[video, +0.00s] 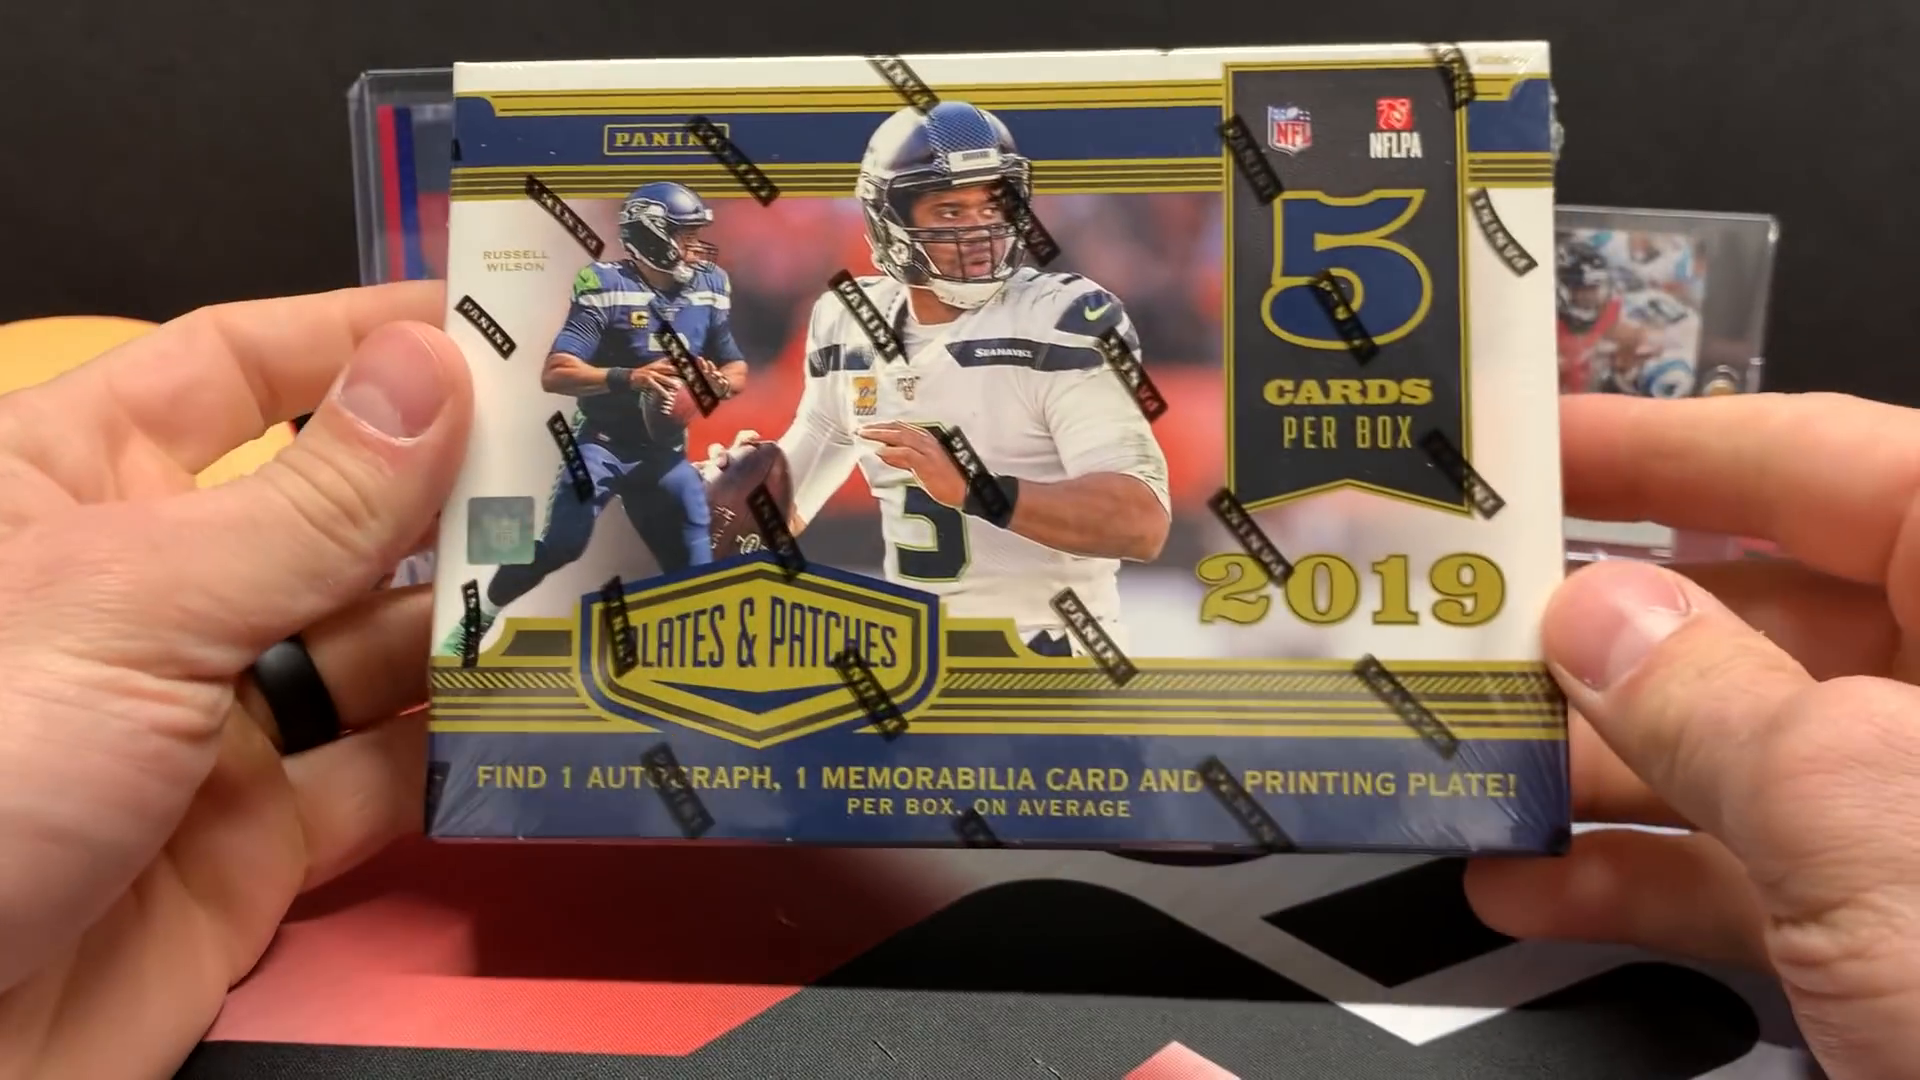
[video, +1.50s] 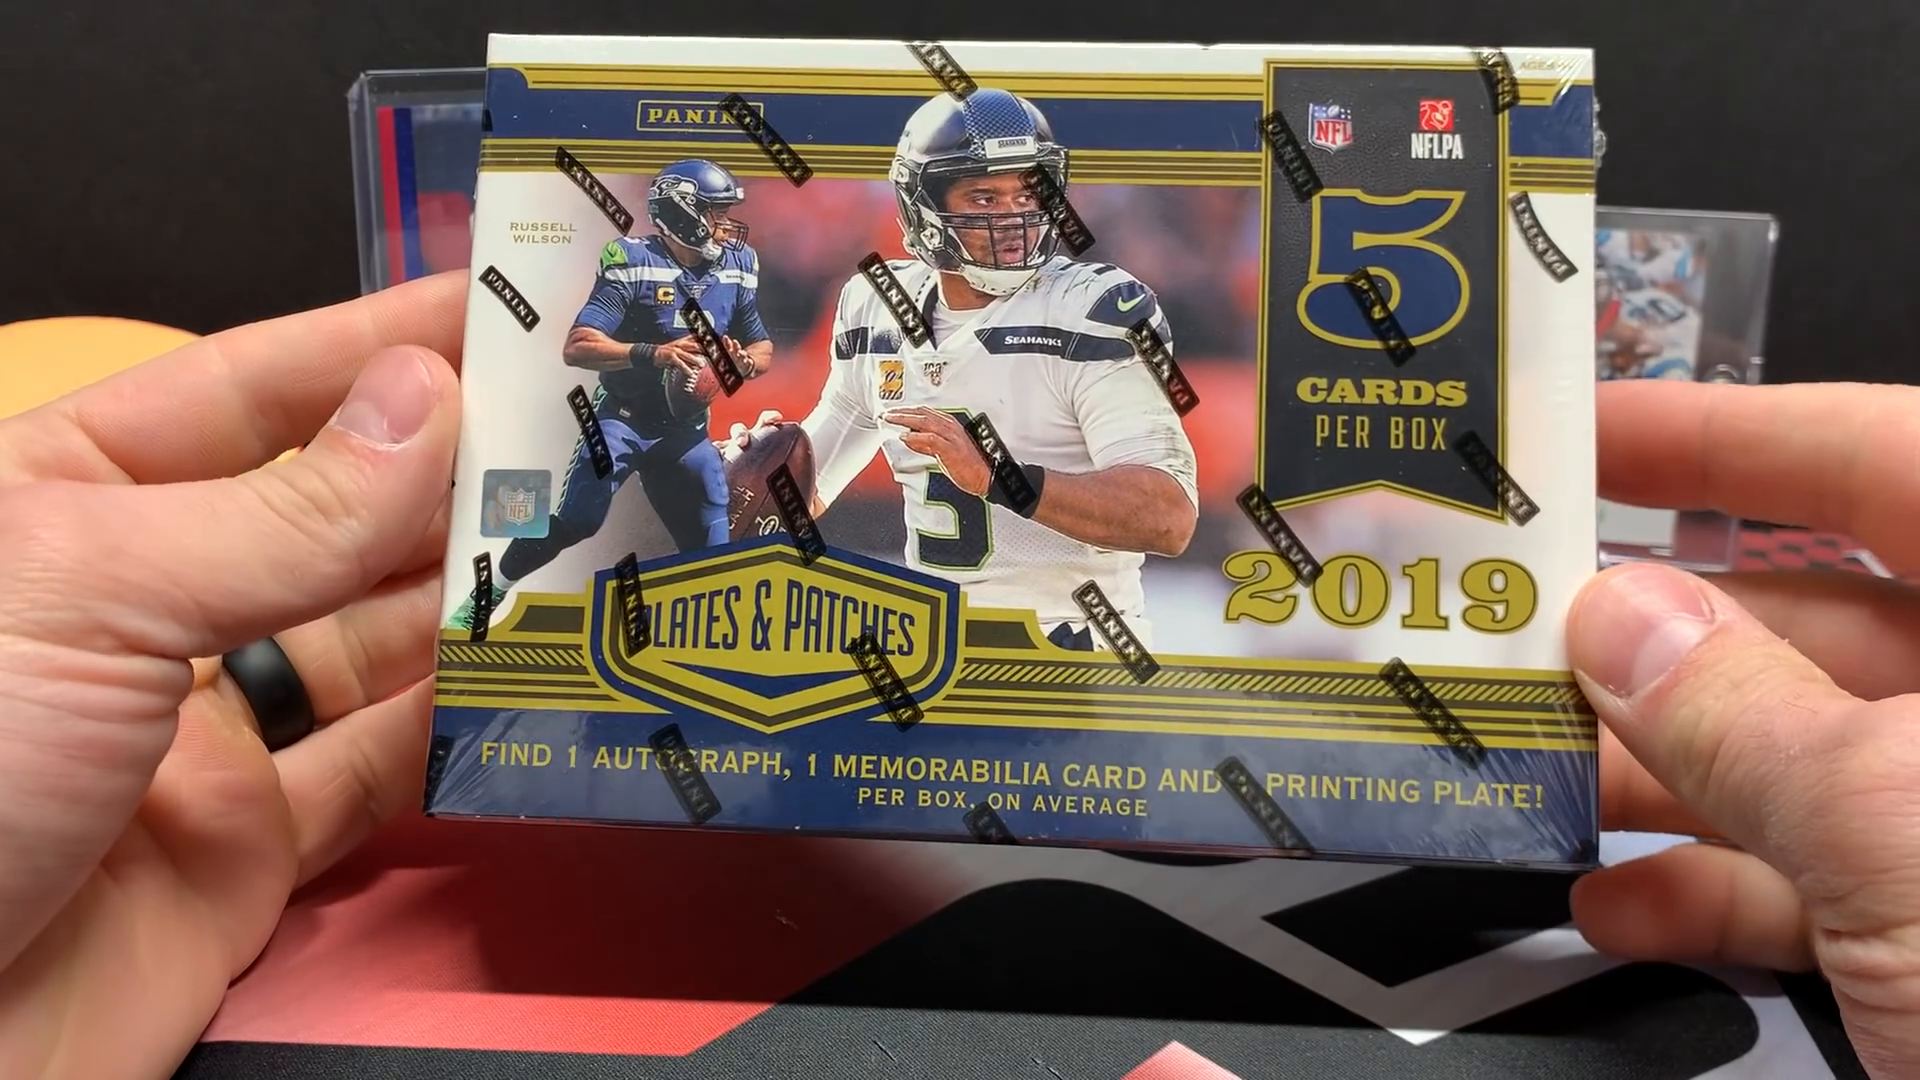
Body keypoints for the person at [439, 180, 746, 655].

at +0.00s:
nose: (699, 246)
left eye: (699, 236)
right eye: (687, 236)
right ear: (649, 236)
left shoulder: (711, 286)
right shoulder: (603, 285)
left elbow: (736, 369)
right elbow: (555, 373)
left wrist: (721, 381)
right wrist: (628, 377)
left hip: (666, 452)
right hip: (602, 445)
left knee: (696, 570)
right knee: (560, 545)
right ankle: (482, 611)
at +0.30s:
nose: (698, 231)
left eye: (699, 221)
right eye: (687, 220)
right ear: (652, 221)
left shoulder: (712, 269)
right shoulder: (604, 268)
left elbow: (737, 353)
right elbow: (555, 354)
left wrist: (717, 365)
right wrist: (629, 358)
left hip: (663, 432)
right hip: (599, 424)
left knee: (691, 547)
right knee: (557, 522)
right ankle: (475, 589)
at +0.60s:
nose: (719, 209)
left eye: (720, 199)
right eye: (709, 199)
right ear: (675, 200)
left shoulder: (729, 245)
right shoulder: (622, 242)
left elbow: (753, 328)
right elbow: (570, 326)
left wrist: (731, 341)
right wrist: (644, 332)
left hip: (676, 403)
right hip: (612, 395)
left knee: (701, 517)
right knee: (565, 492)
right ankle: (481, 556)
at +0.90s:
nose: (739, 216)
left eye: (739, 206)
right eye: (729, 207)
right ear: (694, 208)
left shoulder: (748, 251)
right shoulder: (638, 246)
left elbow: (771, 332)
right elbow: (584, 327)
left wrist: (749, 339)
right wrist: (662, 333)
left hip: (690, 405)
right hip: (625, 395)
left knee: (716, 525)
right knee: (579, 490)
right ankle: (485, 557)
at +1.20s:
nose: (735, 216)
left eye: (735, 205)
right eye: (725, 206)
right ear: (689, 208)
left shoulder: (746, 254)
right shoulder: (635, 250)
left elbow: (769, 337)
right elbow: (583, 335)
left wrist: (749, 349)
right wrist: (660, 341)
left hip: (692, 416)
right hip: (626, 406)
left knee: (718, 534)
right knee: (581, 504)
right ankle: (494, 570)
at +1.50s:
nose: (725, 225)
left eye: (726, 214)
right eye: (714, 214)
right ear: (678, 215)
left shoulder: (739, 263)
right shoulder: (629, 260)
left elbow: (761, 349)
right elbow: (578, 347)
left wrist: (743, 362)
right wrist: (652, 353)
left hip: (686, 428)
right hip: (621, 420)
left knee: (714, 548)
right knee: (577, 520)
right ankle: (493, 586)